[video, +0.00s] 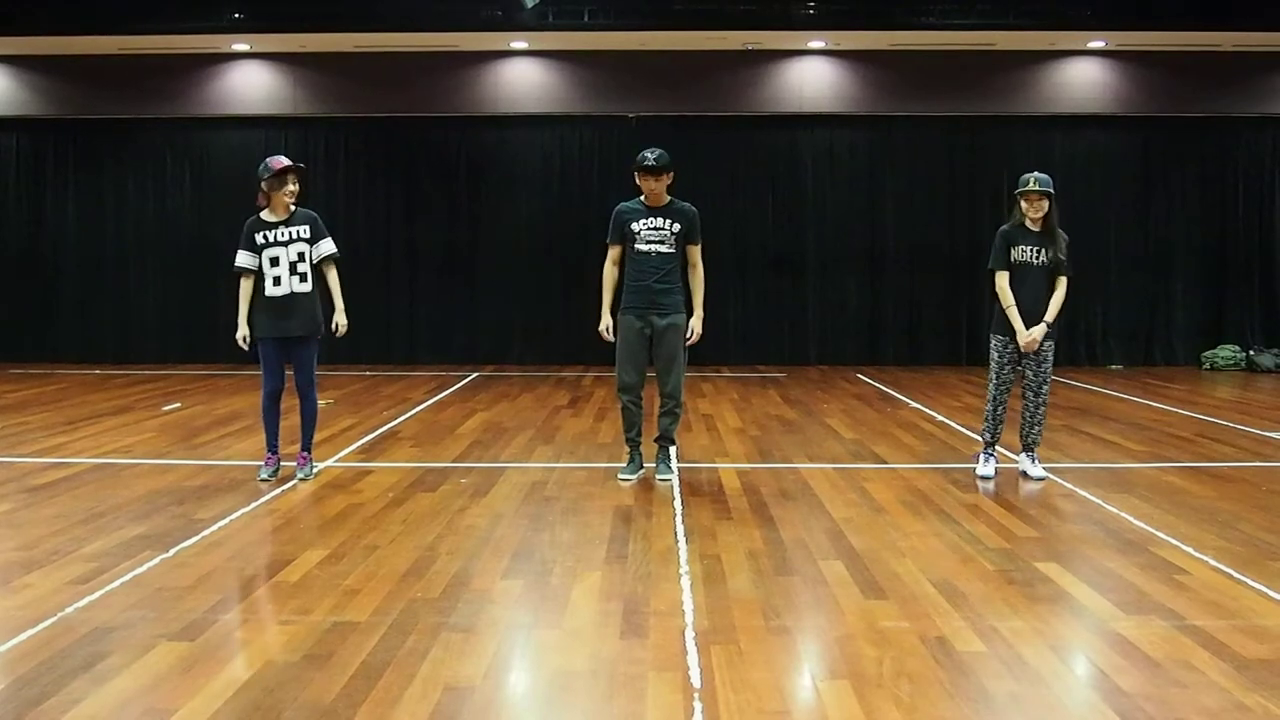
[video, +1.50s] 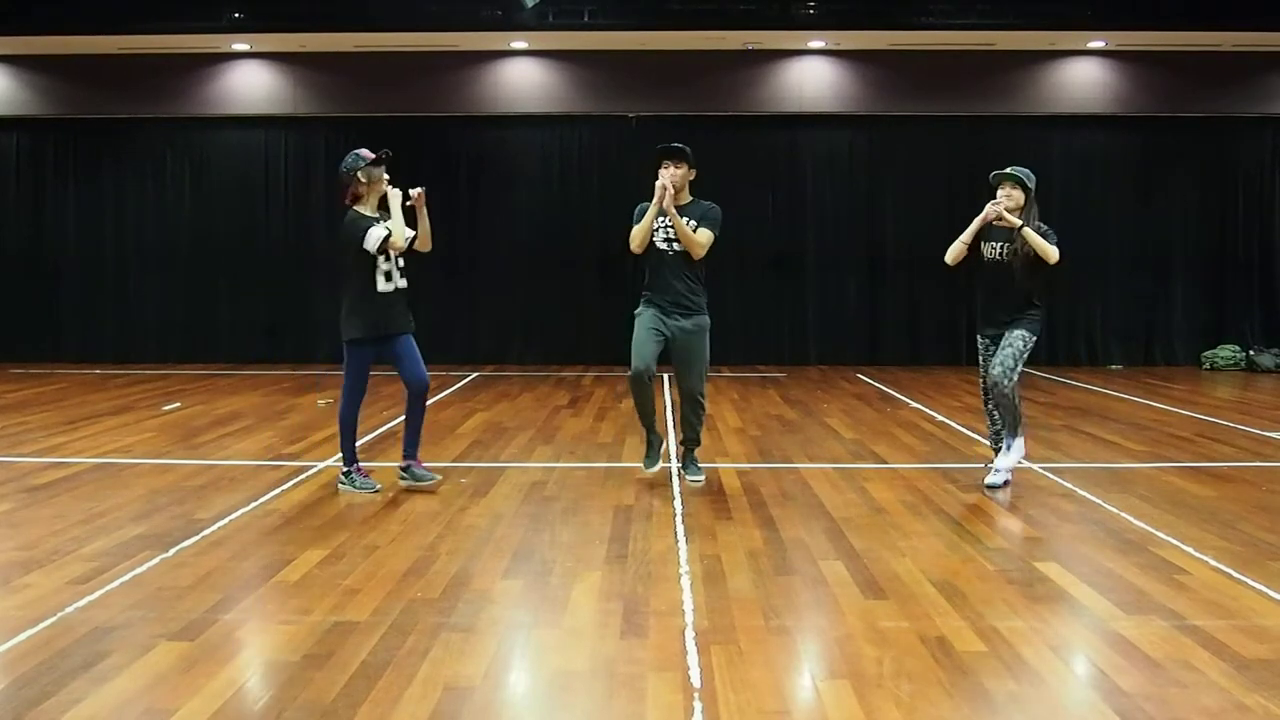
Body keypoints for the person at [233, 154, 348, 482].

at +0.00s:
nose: (292, 189)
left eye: (294, 183)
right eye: (284, 184)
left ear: (298, 185)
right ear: (267, 188)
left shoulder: (309, 220)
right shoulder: (254, 226)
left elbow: (328, 266)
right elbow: (247, 276)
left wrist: (339, 308)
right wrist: (242, 322)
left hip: (306, 320)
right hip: (267, 322)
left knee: (306, 387)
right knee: (272, 388)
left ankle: (305, 454)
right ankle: (271, 455)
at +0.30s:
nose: (294, 188)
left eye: (296, 182)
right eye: (286, 183)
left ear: (299, 185)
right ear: (269, 188)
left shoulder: (310, 220)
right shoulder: (253, 226)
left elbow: (342, 255)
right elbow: (245, 275)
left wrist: (343, 300)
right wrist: (255, 319)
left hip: (306, 321)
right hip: (271, 322)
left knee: (304, 387)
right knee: (274, 387)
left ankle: (306, 454)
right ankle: (272, 455)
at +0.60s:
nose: (309, 190)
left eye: (311, 184)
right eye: (300, 185)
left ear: (314, 186)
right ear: (283, 189)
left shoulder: (322, 224)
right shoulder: (269, 230)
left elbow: (329, 273)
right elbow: (262, 283)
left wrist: (348, 311)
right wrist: (281, 324)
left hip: (320, 321)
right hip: (282, 322)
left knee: (319, 387)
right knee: (278, 389)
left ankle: (318, 459)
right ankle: (272, 454)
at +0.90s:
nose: (336, 199)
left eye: (338, 192)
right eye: (329, 194)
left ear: (341, 193)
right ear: (309, 195)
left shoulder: (346, 223)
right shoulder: (293, 226)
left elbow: (374, 266)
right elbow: (286, 270)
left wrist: (365, 248)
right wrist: (326, 246)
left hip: (341, 318)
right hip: (307, 317)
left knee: (331, 389)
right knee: (328, 382)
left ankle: (320, 460)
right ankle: (295, 429)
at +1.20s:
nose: (355, 183)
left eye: (356, 177)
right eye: (346, 179)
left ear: (358, 181)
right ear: (330, 185)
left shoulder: (370, 222)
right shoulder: (320, 224)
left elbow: (388, 265)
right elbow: (336, 259)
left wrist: (389, 228)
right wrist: (355, 217)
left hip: (362, 314)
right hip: (331, 316)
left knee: (344, 393)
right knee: (357, 388)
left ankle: (320, 458)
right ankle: (350, 468)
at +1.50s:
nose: (386, 173)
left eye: (383, 168)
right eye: (378, 169)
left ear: (372, 179)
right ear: (361, 179)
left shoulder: (388, 216)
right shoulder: (355, 221)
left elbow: (424, 245)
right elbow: (397, 243)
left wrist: (421, 210)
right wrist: (394, 205)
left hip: (394, 318)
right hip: (359, 321)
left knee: (419, 383)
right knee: (354, 394)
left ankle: (410, 463)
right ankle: (349, 469)